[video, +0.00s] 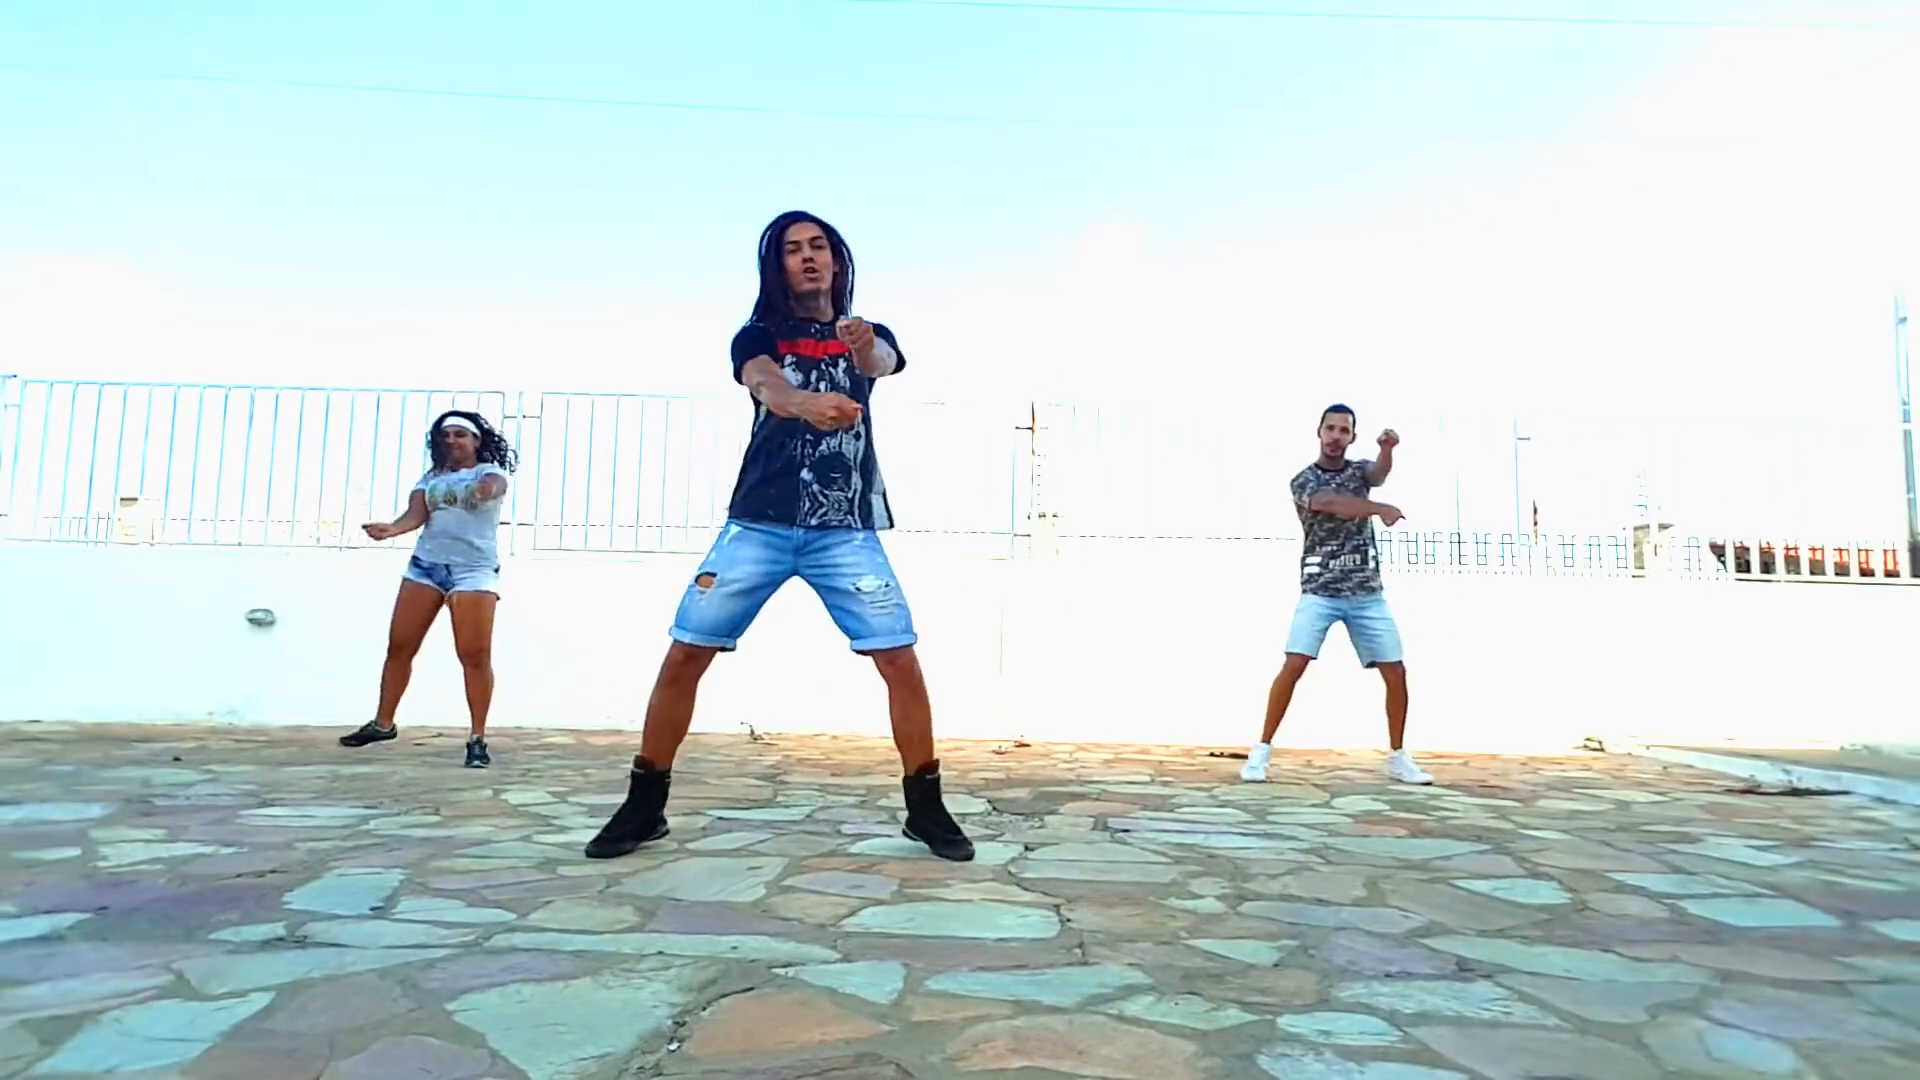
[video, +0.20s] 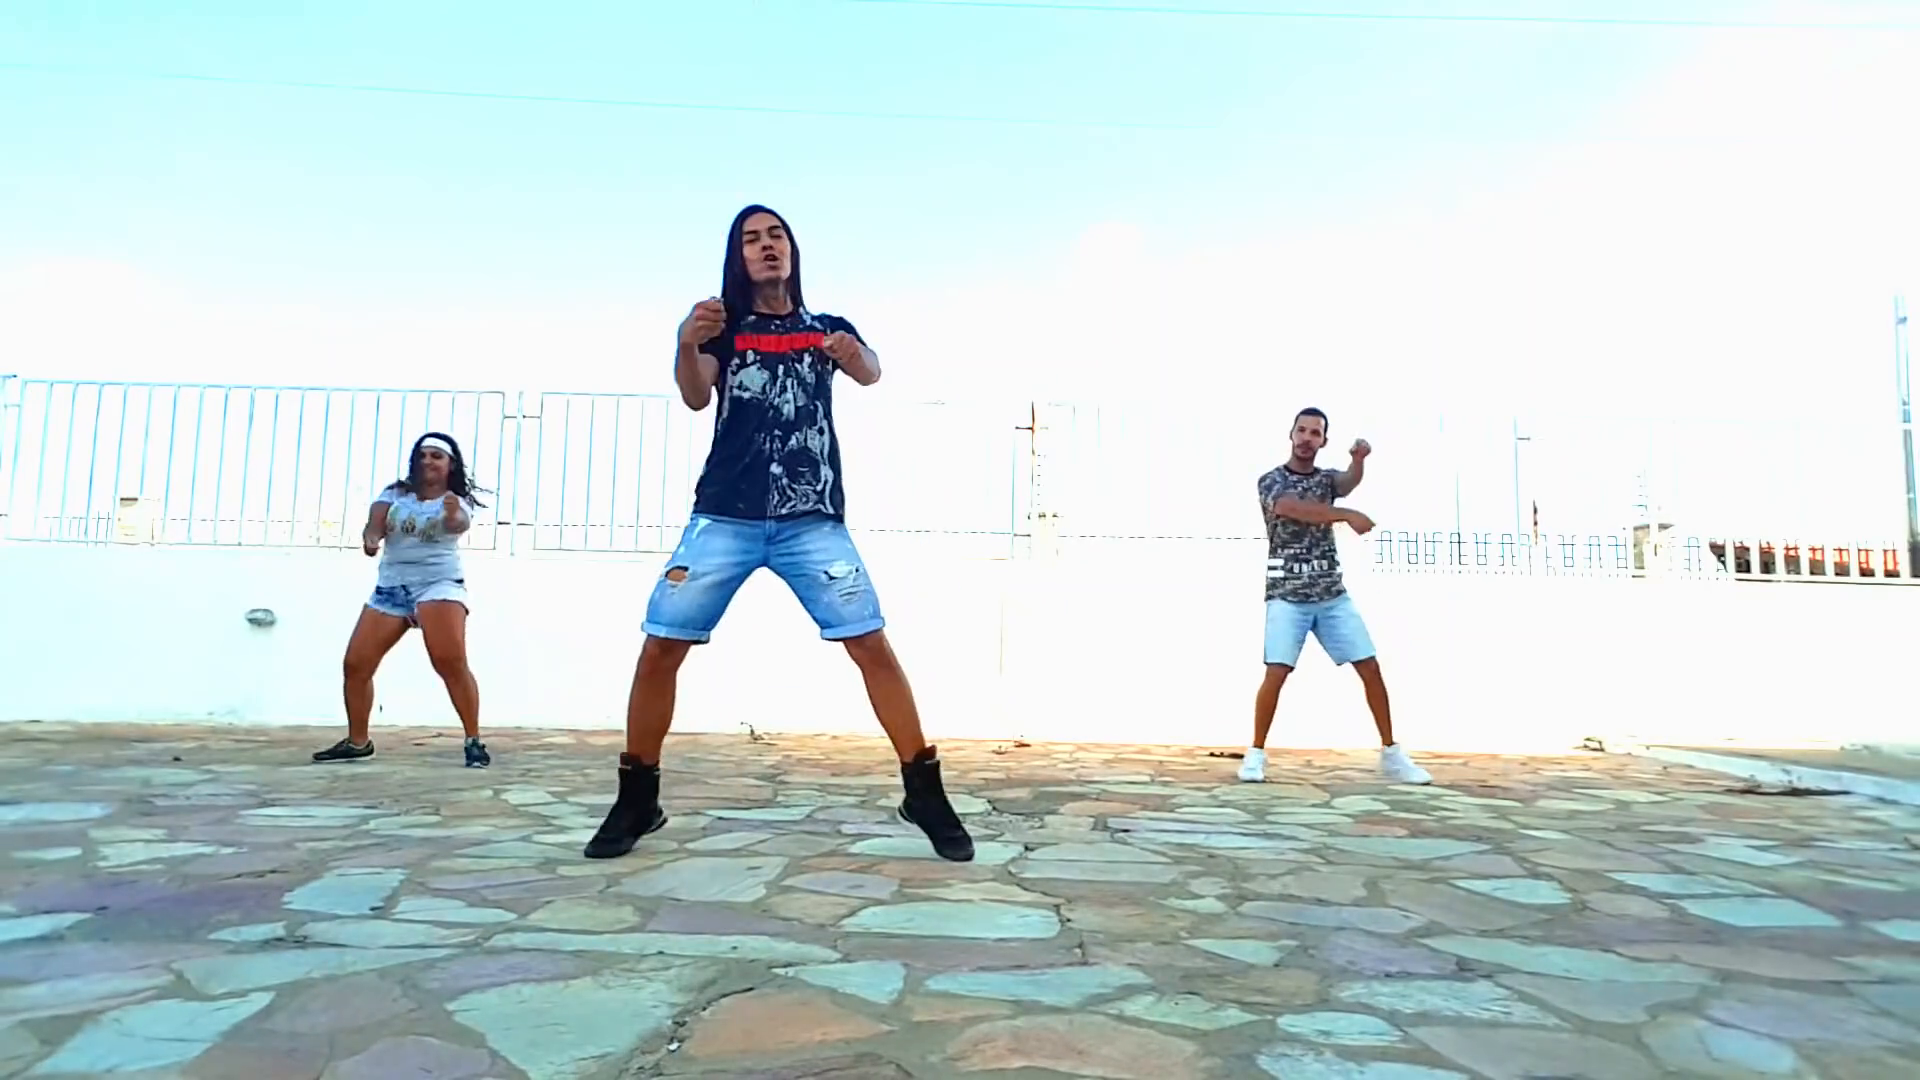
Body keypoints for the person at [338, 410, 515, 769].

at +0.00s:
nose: (453, 439)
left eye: (461, 434)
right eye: (446, 434)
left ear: (477, 441)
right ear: (439, 443)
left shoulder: (491, 472)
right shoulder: (428, 481)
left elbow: (493, 485)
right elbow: (414, 516)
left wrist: (483, 490)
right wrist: (389, 530)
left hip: (474, 570)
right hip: (425, 567)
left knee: (475, 656)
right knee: (399, 648)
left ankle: (477, 738)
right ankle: (383, 724)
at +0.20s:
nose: (429, 461)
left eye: (438, 456)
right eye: (423, 456)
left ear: (452, 466)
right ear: (414, 464)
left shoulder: (457, 500)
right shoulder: (393, 494)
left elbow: (456, 525)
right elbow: (375, 523)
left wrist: (453, 516)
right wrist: (372, 539)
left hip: (439, 584)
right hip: (391, 586)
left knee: (449, 659)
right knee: (356, 663)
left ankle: (473, 740)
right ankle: (358, 742)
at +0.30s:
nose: (414, 444)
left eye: (423, 440)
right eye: (409, 439)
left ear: (437, 451)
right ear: (400, 447)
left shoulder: (440, 486)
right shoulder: (378, 478)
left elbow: (441, 505)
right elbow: (355, 507)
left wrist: (439, 505)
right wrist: (331, 520)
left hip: (419, 572)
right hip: (372, 570)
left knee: (432, 650)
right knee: (351, 654)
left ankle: (448, 731)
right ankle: (352, 733)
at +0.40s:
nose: (398, 433)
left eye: (406, 428)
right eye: (391, 429)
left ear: (422, 438)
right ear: (382, 438)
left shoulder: (432, 471)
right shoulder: (368, 471)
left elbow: (431, 487)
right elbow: (350, 504)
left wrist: (421, 490)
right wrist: (326, 514)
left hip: (409, 563)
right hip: (362, 561)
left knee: (408, 647)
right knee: (336, 643)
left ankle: (410, 730)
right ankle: (335, 724)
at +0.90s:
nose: (359, 431)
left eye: (368, 428)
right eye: (353, 425)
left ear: (381, 440)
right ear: (342, 435)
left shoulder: (389, 473)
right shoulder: (320, 468)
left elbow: (390, 502)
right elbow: (299, 506)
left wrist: (378, 497)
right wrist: (294, 519)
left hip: (370, 564)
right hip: (320, 563)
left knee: (385, 643)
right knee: (296, 647)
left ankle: (398, 721)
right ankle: (287, 725)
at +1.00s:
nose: (356, 447)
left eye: (365, 445)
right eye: (349, 442)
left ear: (376, 460)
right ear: (337, 453)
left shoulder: (382, 496)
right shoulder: (314, 491)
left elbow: (391, 540)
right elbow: (299, 537)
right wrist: (300, 566)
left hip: (365, 584)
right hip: (315, 583)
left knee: (386, 659)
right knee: (290, 666)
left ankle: (400, 734)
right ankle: (290, 739)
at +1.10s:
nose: (356, 457)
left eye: (366, 455)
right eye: (350, 453)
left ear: (378, 471)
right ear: (341, 466)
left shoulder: (387, 511)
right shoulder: (324, 505)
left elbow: (398, 562)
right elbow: (301, 546)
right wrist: (281, 568)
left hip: (365, 600)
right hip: (314, 596)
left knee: (386, 674)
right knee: (282, 669)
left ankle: (397, 738)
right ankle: (288, 739)